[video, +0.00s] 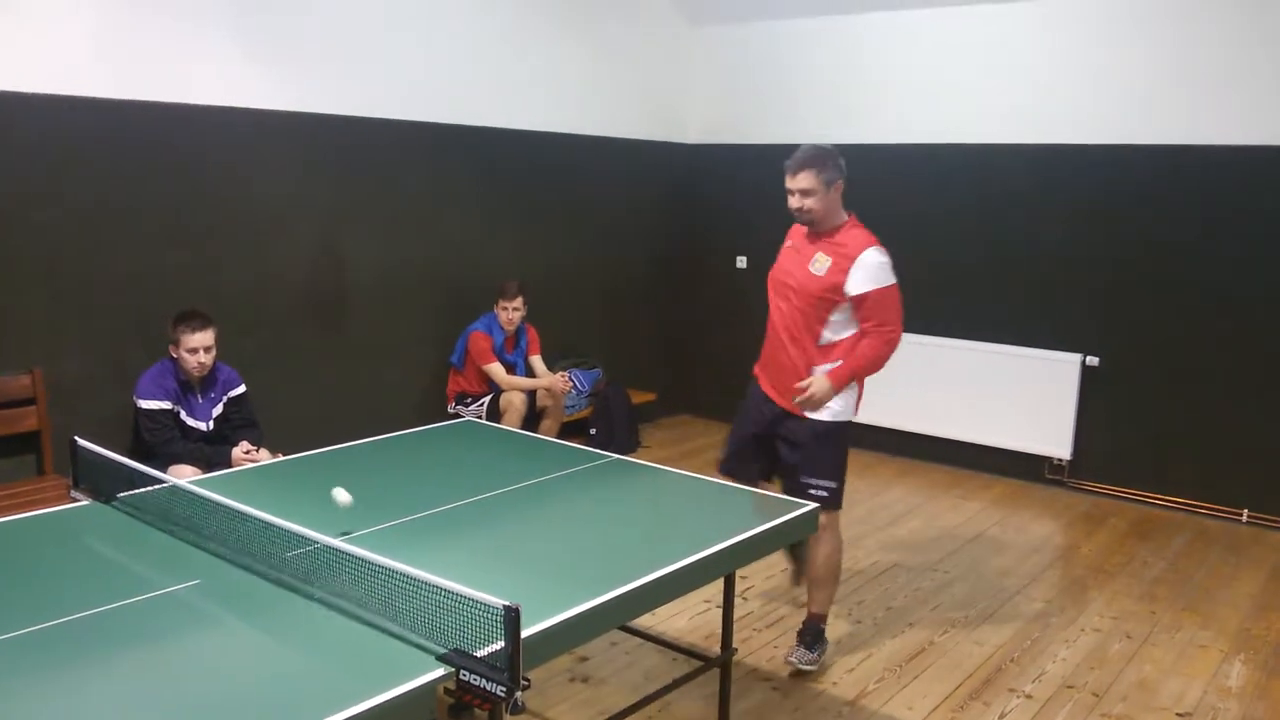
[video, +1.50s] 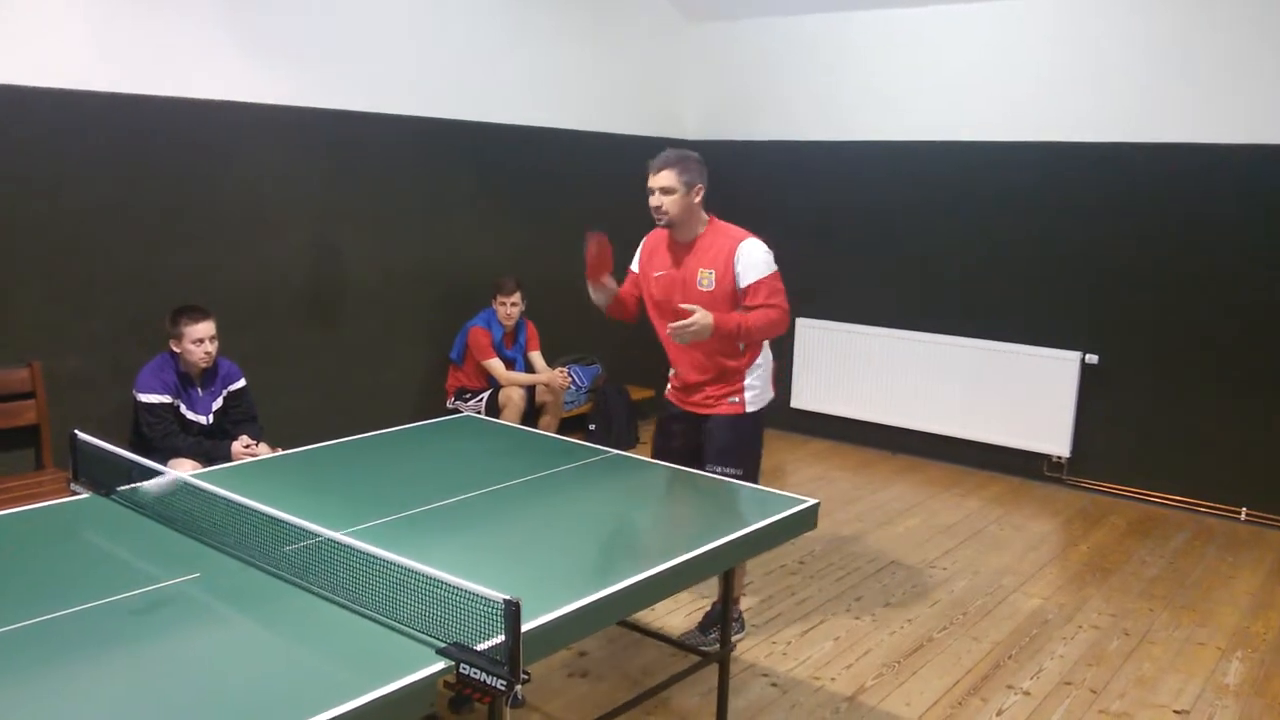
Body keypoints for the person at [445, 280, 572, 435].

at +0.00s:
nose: (510, 316)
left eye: (516, 310)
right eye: (504, 309)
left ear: (524, 311)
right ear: (496, 309)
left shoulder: (528, 333)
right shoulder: (479, 335)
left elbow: (542, 372)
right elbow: (504, 382)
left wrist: (556, 381)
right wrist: (548, 383)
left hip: (501, 396)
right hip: (465, 402)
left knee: (555, 397)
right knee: (517, 400)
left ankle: (541, 458)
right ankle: (503, 458)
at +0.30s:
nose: (505, 316)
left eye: (511, 310)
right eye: (499, 309)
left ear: (519, 311)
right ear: (490, 309)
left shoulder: (522, 333)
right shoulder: (473, 335)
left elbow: (536, 371)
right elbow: (498, 382)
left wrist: (551, 381)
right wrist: (543, 383)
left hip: (495, 396)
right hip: (459, 402)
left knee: (549, 397)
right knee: (511, 400)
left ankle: (535, 458)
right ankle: (499, 458)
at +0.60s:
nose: (505, 317)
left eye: (511, 311)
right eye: (499, 310)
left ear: (519, 312)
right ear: (491, 310)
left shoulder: (522, 334)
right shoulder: (474, 336)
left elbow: (536, 373)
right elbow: (498, 383)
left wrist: (551, 383)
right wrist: (543, 384)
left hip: (494, 397)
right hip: (459, 403)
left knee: (549, 397)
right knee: (511, 401)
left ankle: (538, 460)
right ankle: (498, 459)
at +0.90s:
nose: (505, 317)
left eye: (510, 310)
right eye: (498, 310)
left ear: (516, 311)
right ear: (487, 311)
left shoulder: (519, 334)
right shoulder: (471, 337)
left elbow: (534, 374)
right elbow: (495, 384)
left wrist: (549, 383)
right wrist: (540, 384)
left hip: (492, 397)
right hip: (457, 403)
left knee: (547, 399)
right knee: (508, 401)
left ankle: (533, 459)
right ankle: (496, 459)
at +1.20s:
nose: (506, 312)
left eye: (511, 305)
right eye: (500, 306)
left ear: (519, 307)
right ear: (490, 306)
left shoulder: (522, 329)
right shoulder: (474, 332)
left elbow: (537, 369)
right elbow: (498, 379)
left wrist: (551, 378)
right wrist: (543, 379)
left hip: (495, 392)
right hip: (460, 398)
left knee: (550, 393)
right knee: (513, 396)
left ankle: (537, 453)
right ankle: (489, 451)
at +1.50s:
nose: (508, 311)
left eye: (514, 305)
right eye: (502, 304)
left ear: (523, 306)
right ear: (494, 304)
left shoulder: (527, 328)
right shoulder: (478, 331)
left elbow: (542, 369)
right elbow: (503, 378)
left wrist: (556, 377)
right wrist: (547, 379)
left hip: (501, 391)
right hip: (465, 397)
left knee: (554, 393)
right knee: (515, 395)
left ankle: (542, 453)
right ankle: (504, 454)